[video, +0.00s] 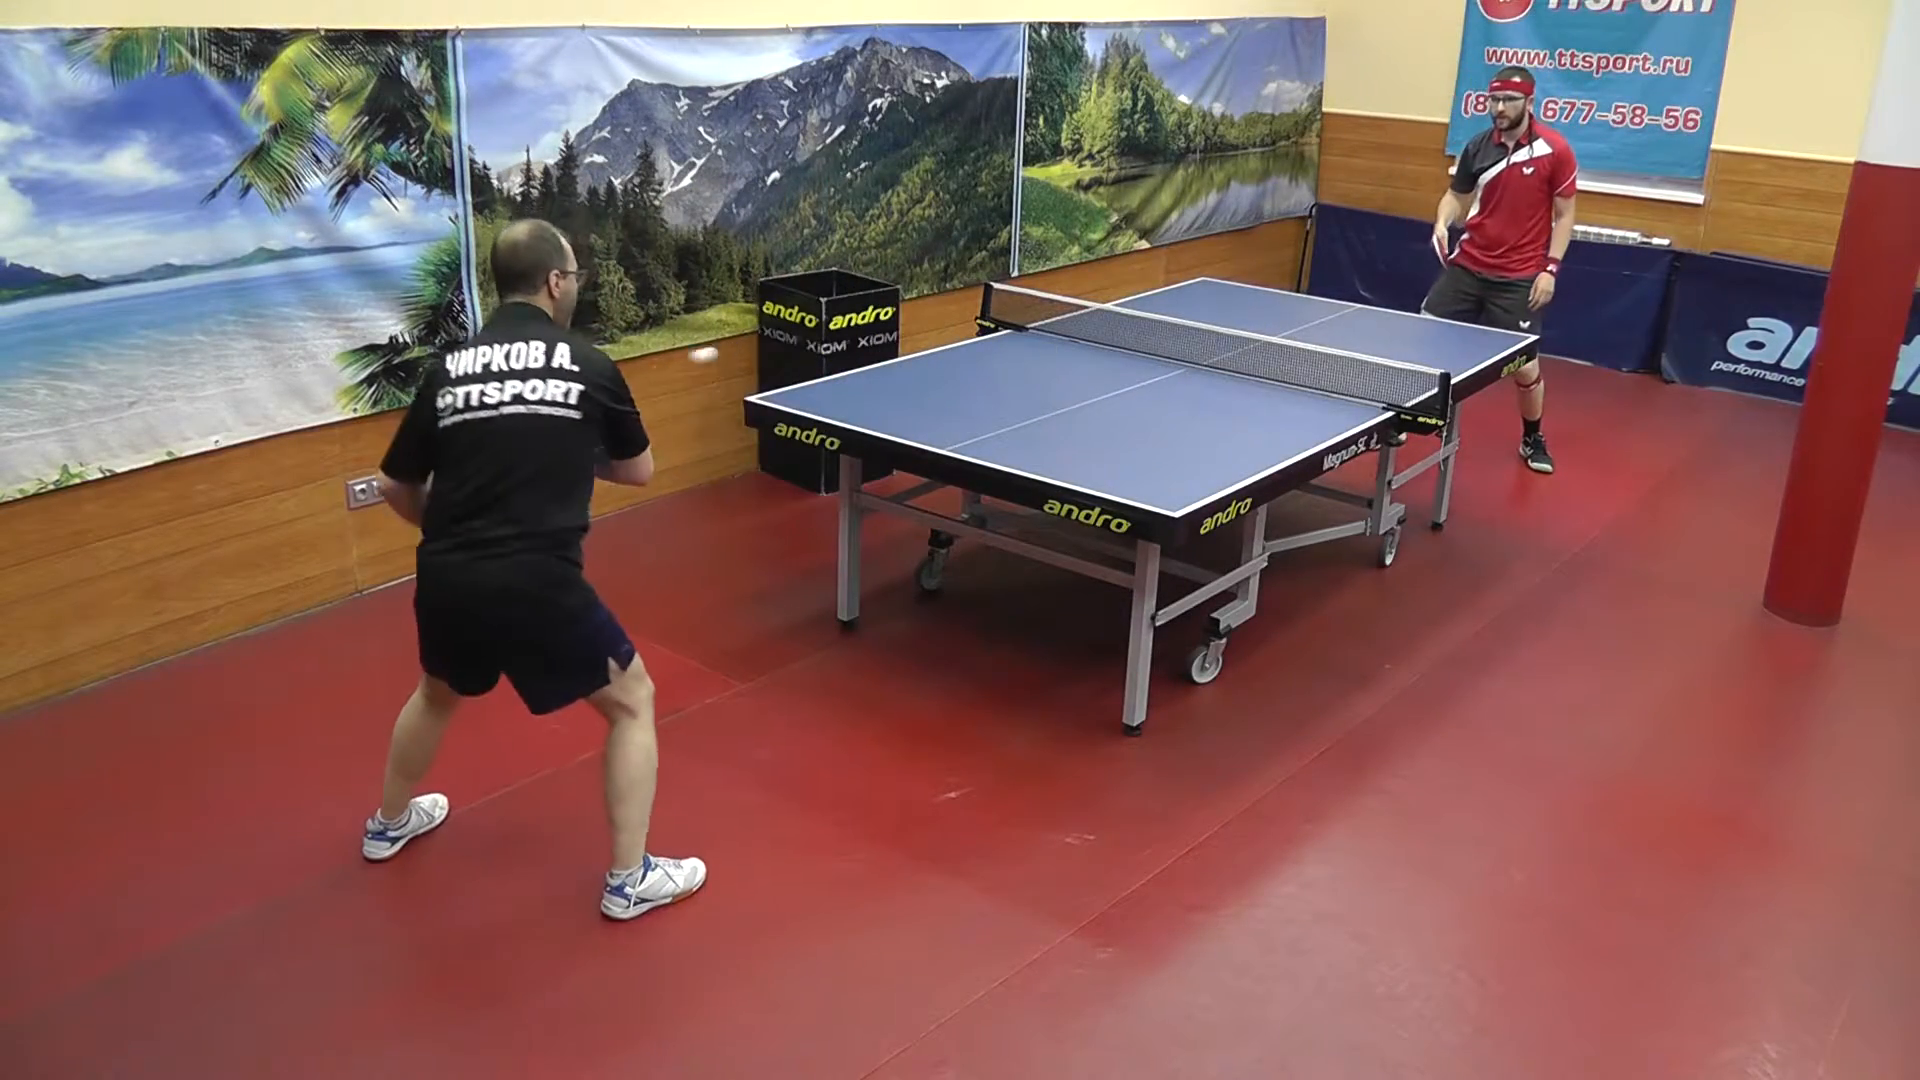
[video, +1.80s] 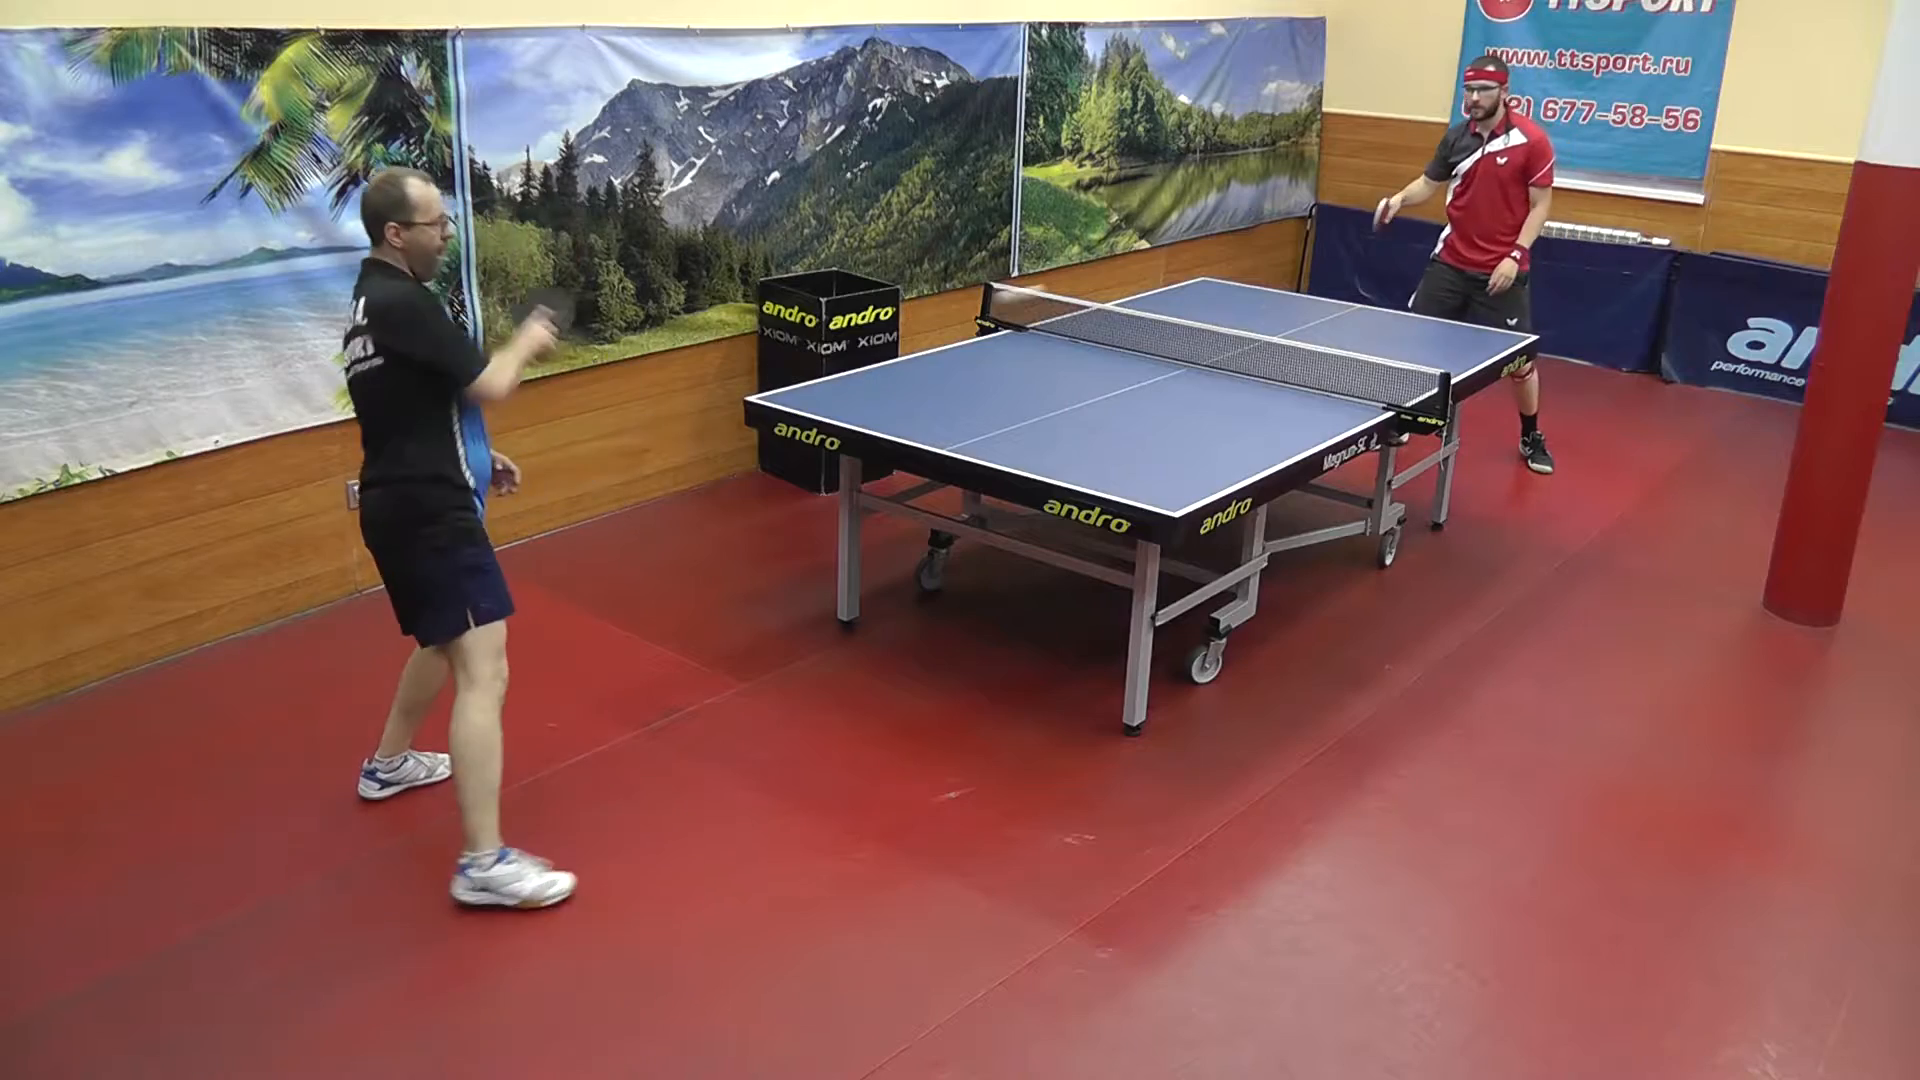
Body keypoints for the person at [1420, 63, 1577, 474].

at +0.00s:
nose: (1499, 108)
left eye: (1509, 101)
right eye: (1495, 100)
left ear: (1528, 103)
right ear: (1489, 101)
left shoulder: (1555, 152)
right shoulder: (1477, 148)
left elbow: (1564, 215)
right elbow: (1457, 196)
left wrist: (1549, 270)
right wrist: (1442, 222)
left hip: (1518, 280)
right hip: (1465, 270)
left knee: (1524, 368)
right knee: (1423, 337)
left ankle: (1532, 438)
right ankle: (1424, 409)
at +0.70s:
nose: (1498, 122)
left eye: (1508, 114)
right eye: (1492, 112)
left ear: (1527, 111)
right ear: (1485, 110)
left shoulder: (1551, 150)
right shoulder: (1472, 154)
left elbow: (1560, 207)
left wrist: (1560, 259)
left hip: (1526, 272)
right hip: (1465, 265)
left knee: (1535, 360)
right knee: (1425, 340)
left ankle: (1533, 437)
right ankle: (1420, 409)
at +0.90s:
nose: (1529, 122)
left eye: (1538, 113)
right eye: (1522, 113)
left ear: (1555, 111)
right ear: (1513, 110)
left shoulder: (1569, 147)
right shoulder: (1498, 145)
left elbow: (1574, 201)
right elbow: (1468, 198)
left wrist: (1583, 255)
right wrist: (1490, 236)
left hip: (1534, 268)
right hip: (1477, 262)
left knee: (1543, 360)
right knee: (1436, 342)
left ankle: (1533, 437)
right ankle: (1415, 409)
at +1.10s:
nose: (1547, 108)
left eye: (1557, 100)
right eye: (1541, 99)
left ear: (1573, 101)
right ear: (1532, 95)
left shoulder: (1580, 149)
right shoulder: (1511, 120)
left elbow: (1580, 210)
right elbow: (1480, 116)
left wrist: (1584, 265)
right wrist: (1467, 89)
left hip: (1533, 269)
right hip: (1476, 258)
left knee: (1541, 361)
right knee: (1435, 338)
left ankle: (1532, 437)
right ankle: (1424, 410)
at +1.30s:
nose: (1533, 102)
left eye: (1543, 95)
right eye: (1528, 93)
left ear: (1561, 97)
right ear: (1520, 91)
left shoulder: (1574, 150)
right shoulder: (1498, 122)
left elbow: (1572, 215)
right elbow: (1444, 124)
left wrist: (1564, 268)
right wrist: (1441, 101)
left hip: (1524, 276)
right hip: (1468, 262)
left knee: (1533, 366)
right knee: (1425, 338)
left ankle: (1532, 436)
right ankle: (1411, 409)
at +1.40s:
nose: (1521, 102)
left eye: (1531, 94)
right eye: (1516, 93)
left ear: (1549, 97)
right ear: (1509, 93)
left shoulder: (1565, 150)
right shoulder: (1485, 128)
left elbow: (1566, 214)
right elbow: (1437, 152)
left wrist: (1553, 267)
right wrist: (1424, 142)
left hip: (1518, 277)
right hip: (1463, 264)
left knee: (1528, 366)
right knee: (1419, 339)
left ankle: (1531, 437)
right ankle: (1402, 413)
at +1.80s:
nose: (1473, 99)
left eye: (1483, 91)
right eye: (1469, 90)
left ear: (1504, 93)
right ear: (1463, 93)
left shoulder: (1532, 141)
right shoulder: (1456, 137)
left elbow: (1540, 205)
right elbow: (1428, 184)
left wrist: (1515, 257)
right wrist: (1399, 199)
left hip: (1503, 271)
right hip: (1450, 263)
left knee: (1520, 362)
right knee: (1413, 337)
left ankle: (1531, 437)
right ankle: (1406, 412)